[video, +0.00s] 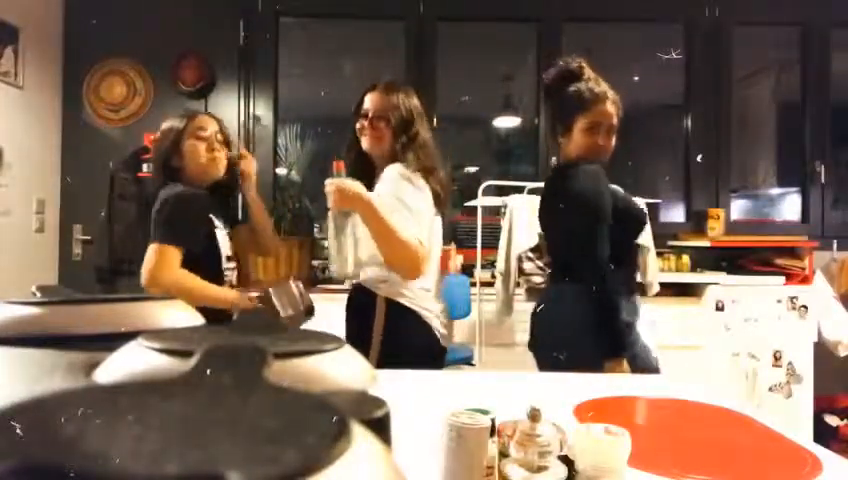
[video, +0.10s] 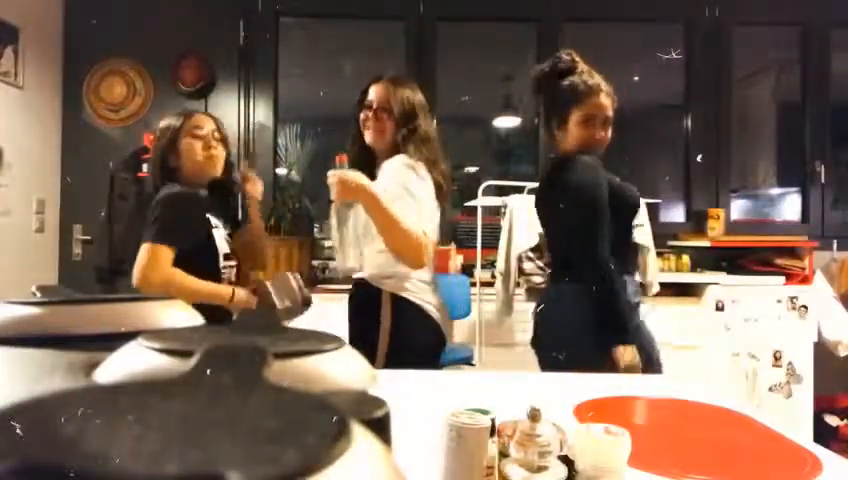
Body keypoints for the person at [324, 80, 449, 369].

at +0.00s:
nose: (365, 125)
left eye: (379, 119)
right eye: (362, 117)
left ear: (405, 128)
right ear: (356, 122)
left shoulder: (398, 178)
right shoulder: (410, 181)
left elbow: (410, 265)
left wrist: (362, 202)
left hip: (391, 319)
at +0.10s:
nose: (370, 116)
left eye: (383, 110)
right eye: (366, 107)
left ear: (407, 120)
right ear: (359, 113)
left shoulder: (400, 169)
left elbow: (417, 256)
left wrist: (365, 193)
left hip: (391, 310)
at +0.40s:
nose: (372, 119)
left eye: (387, 113)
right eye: (369, 110)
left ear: (410, 124)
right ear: (361, 114)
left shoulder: (405, 167)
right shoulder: (387, 170)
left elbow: (422, 251)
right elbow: (384, 257)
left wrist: (379, 188)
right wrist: (343, 292)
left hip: (398, 309)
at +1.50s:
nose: (400, 130)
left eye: (411, 123)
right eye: (394, 121)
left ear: (431, 131)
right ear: (388, 128)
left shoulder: (431, 179)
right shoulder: (404, 180)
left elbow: (432, 259)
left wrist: (378, 213)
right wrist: (361, 218)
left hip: (413, 304)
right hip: (390, 299)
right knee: (389, 401)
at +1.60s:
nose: (401, 135)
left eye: (412, 127)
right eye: (396, 126)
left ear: (432, 135)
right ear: (389, 132)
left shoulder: (431, 184)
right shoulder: (405, 184)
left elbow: (432, 264)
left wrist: (379, 216)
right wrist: (365, 222)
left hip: (414, 306)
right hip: (392, 302)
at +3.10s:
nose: (404, 116)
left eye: (416, 110)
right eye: (398, 108)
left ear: (435, 122)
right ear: (389, 117)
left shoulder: (439, 184)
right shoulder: (404, 182)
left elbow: (455, 276)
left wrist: (383, 246)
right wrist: (363, 223)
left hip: (422, 318)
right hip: (393, 312)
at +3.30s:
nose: (407, 117)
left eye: (419, 111)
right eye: (401, 109)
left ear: (439, 122)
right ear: (392, 117)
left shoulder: (440, 180)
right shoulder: (404, 180)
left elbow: (458, 262)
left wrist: (384, 240)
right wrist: (363, 221)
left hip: (420, 314)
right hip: (392, 309)